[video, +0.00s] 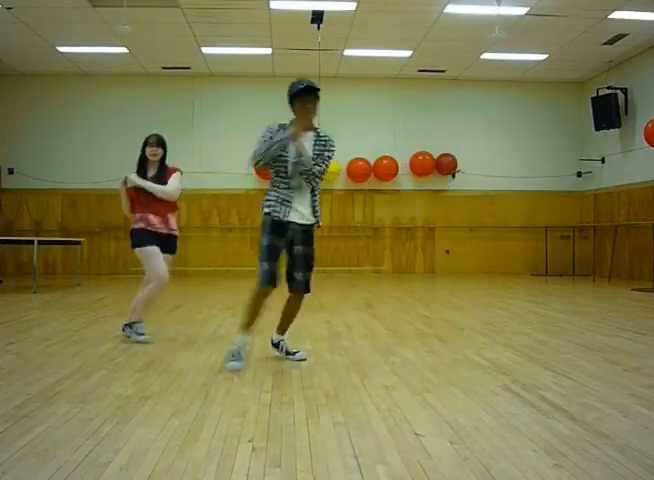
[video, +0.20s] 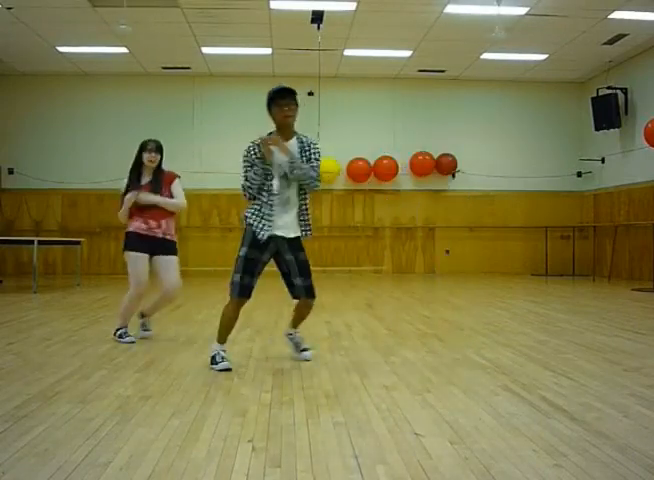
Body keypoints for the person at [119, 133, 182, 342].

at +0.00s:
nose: (154, 150)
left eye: (158, 146)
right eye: (150, 146)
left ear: (164, 151)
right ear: (144, 150)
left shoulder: (173, 173)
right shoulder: (135, 177)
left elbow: (173, 194)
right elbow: (128, 211)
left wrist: (142, 183)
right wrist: (124, 190)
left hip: (167, 231)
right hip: (143, 229)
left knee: (150, 281)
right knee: (161, 278)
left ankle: (132, 323)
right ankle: (134, 321)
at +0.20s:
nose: (152, 156)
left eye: (156, 152)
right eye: (148, 151)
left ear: (161, 156)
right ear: (141, 155)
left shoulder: (170, 178)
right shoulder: (133, 181)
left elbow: (181, 204)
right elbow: (123, 218)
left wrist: (153, 199)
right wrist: (129, 201)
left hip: (164, 236)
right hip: (137, 234)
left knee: (172, 287)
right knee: (139, 285)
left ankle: (145, 314)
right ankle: (121, 327)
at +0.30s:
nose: (157, 154)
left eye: (161, 150)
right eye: (153, 149)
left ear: (165, 154)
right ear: (145, 152)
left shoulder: (174, 175)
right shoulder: (137, 179)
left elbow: (189, 198)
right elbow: (128, 211)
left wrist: (168, 182)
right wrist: (144, 184)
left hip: (170, 232)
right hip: (142, 232)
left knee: (185, 279)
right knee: (140, 281)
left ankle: (169, 316)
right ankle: (122, 327)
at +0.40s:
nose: (165, 147)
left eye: (169, 144)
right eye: (161, 143)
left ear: (173, 148)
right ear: (153, 145)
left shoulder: (177, 170)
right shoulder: (144, 173)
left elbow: (200, 187)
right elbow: (146, 198)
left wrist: (194, 176)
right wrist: (166, 174)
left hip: (181, 226)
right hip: (153, 228)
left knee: (198, 274)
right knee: (143, 278)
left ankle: (199, 324)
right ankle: (124, 326)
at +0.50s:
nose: (175, 146)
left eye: (178, 143)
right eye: (170, 142)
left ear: (182, 147)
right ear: (162, 144)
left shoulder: (189, 167)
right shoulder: (154, 171)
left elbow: (203, 188)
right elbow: (165, 195)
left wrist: (210, 184)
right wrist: (192, 180)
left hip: (195, 224)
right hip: (167, 226)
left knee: (209, 276)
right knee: (152, 277)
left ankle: (213, 327)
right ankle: (129, 325)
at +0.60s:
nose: (183, 148)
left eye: (187, 144)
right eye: (179, 143)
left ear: (191, 148)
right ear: (171, 146)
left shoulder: (198, 170)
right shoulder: (165, 176)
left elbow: (209, 191)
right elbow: (173, 202)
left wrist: (222, 197)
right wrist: (206, 201)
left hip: (209, 227)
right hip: (181, 229)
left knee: (215, 277)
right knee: (169, 279)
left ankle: (213, 328)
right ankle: (141, 323)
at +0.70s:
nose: (193, 145)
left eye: (197, 141)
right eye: (189, 141)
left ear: (201, 145)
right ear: (181, 144)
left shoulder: (208, 171)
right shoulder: (173, 176)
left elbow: (223, 195)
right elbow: (174, 207)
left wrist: (228, 212)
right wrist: (204, 220)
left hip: (215, 226)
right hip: (190, 230)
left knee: (220, 278)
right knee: (190, 280)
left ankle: (213, 328)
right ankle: (163, 323)